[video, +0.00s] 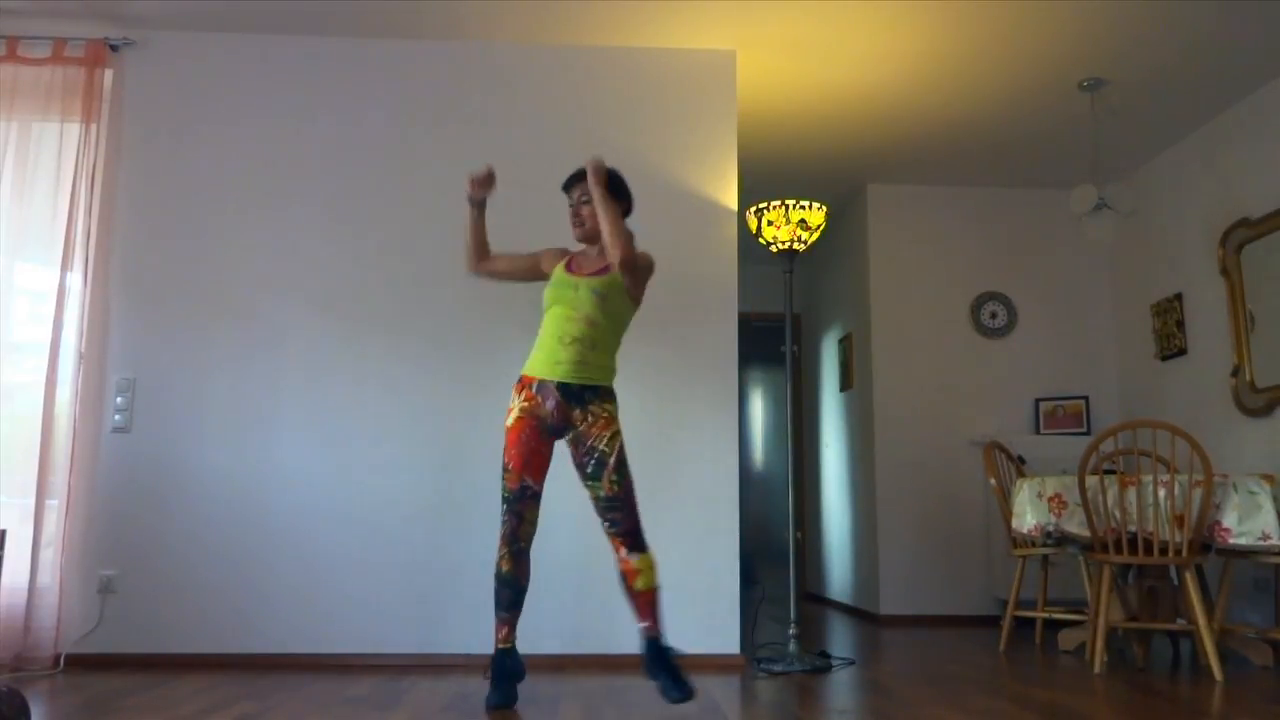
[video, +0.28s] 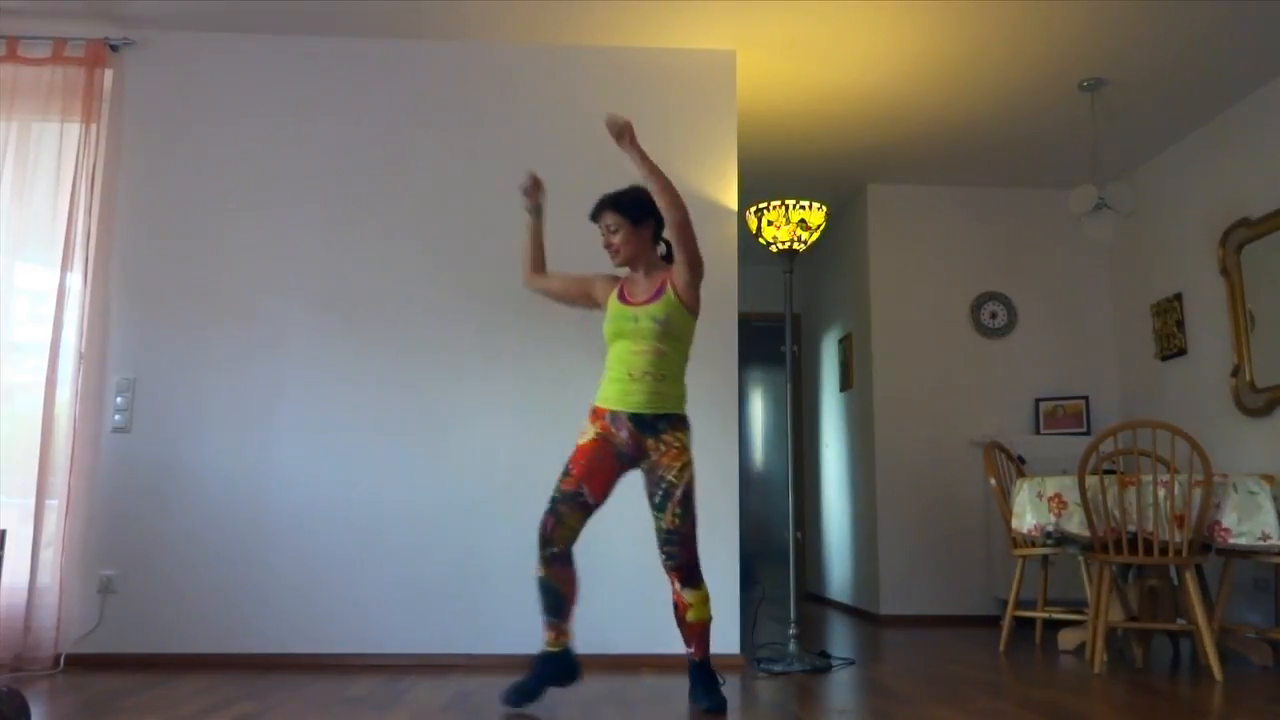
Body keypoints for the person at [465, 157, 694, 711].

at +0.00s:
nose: (578, 213)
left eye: (589, 204)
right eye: (572, 205)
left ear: (615, 211)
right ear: (568, 213)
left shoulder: (634, 268)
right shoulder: (557, 261)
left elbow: (618, 252)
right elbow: (481, 263)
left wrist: (599, 186)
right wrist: (477, 205)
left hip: (592, 403)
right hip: (533, 396)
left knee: (625, 528)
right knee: (515, 528)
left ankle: (655, 648)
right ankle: (503, 657)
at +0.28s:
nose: (607, 242)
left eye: (615, 231)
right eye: (602, 234)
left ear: (650, 230)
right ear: (605, 241)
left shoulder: (681, 281)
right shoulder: (609, 289)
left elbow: (676, 215)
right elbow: (537, 277)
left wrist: (634, 149)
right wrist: (534, 211)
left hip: (665, 429)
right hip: (607, 426)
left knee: (679, 553)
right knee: (555, 531)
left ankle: (701, 671)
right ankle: (557, 655)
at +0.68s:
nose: (642, 228)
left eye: (651, 221)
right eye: (631, 222)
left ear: (667, 235)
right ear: (616, 239)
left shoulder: (697, 294)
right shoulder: (609, 304)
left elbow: (734, 370)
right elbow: (602, 391)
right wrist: (606, 349)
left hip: (697, 432)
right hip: (639, 435)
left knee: (697, 553)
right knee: (650, 550)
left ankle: (703, 675)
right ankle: (682, 670)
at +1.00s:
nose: (619, 216)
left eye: (626, 208)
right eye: (609, 206)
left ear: (631, 219)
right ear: (585, 210)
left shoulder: (638, 267)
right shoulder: (573, 260)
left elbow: (699, 221)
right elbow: (607, 197)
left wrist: (751, 177)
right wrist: (664, 155)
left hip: (655, 400)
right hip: (597, 400)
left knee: (676, 530)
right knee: (568, 529)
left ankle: (697, 655)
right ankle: (529, 656)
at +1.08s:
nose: (610, 220)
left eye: (619, 213)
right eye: (601, 209)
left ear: (626, 225)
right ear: (579, 215)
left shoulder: (623, 277)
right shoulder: (563, 267)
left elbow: (682, 235)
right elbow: (598, 197)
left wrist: (736, 185)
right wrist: (654, 156)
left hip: (631, 412)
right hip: (575, 410)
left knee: (668, 535)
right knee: (554, 538)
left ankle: (691, 658)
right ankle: (528, 663)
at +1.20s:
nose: (598, 239)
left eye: (610, 233)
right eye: (593, 227)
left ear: (618, 246)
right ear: (573, 234)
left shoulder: (610, 298)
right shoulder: (548, 284)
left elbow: (679, 280)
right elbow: (556, 223)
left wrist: (701, 219)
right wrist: (619, 193)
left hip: (596, 429)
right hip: (541, 424)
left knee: (648, 531)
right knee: (534, 550)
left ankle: (664, 653)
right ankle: (528, 667)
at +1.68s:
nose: (582, 233)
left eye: (593, 227)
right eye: (573, 225)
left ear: (608, 239)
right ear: (558, 233)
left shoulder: (608, 300)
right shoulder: (531, 281)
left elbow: (634, 370)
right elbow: (477, 341)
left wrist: (622, 302)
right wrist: (476, 298)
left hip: (581, 428)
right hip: (524, 421)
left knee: (597, 539)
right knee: (527, 546)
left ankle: (551, 658)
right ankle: (527, 666)